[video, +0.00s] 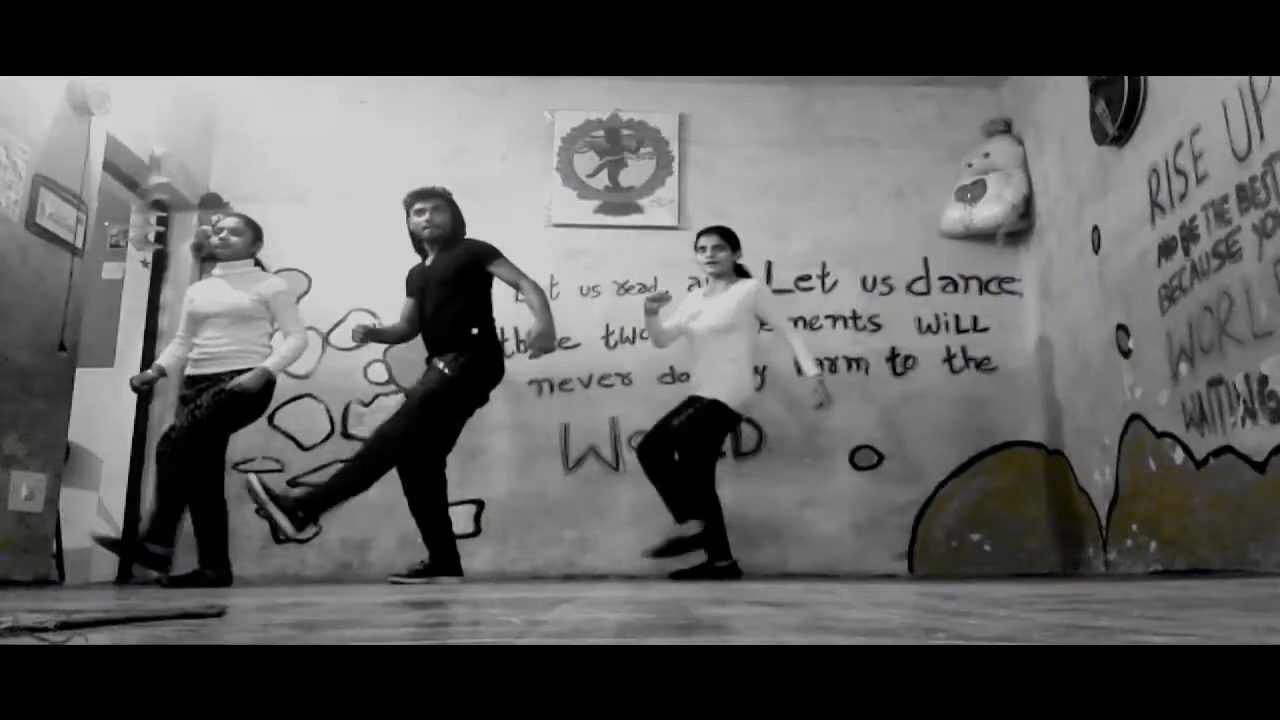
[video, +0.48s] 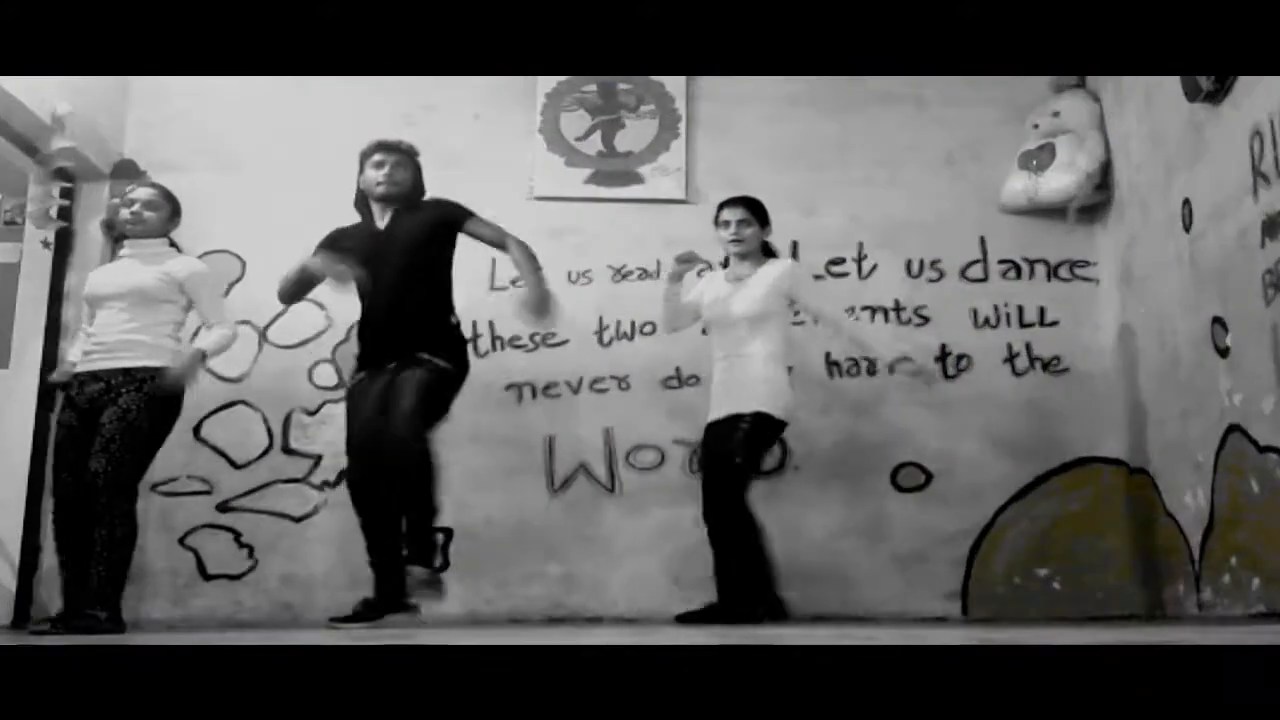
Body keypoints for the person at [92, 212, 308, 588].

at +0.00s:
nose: (221, 236)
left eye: (233, 232)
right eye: (217, 232)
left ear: (254, 246)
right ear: (210, 243)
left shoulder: (269, 284)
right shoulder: (198, 290)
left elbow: (295, 336)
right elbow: (183, 342)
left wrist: (264, 371)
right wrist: (155, 371)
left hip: (245, 384)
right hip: (198, 386)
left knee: (175, 445)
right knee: (205, 479)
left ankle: (157, 547)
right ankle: (215, 569)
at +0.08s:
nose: (223, 238)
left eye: (234, 234)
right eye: (219, 232)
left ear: (254, 246)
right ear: (211, 240)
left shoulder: (269, 285)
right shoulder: (197, 291)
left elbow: (294, 335)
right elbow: (183, 341)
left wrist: (266, 370)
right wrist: (155, 369)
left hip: (239, 382)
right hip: (192, 383)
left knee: (195, 453)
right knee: (191, 468)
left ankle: (199, 563)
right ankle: (203, 565)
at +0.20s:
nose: (222, 235)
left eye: (234, 231)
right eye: (218, 230)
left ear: (254, 245)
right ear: (210, 239)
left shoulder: (266, 282)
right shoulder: (197, 289)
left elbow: (288, 332)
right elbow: (182, 341)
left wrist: (277, 371)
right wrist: (149, 370)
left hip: (233, 380)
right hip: (184, 381)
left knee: (203, 463)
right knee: (185, 471)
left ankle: (205, 564)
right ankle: (203, 562)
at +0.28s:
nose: (138, 210)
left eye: (153, 206)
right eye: (134, 204)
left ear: (176, 222)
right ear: (126, 215)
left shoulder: (188, 266)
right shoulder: (106, 274)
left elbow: (228, 318)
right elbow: (86, 336)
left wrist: (204, 374)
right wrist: (45, 372)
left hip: (148, 384)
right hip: (89, 385)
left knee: (108, 483)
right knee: (88, 493)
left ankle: (110, 606)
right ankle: (120, 605)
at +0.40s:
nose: (138, 209)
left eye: (152, 205)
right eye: (132, 203)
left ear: (174, 222)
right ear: (122, 216)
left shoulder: (185, 265)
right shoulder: (104, 271)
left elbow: (233, 318)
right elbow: (83, 326)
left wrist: (200, 365)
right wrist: (62, 356)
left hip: (145, 382)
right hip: (87, 383)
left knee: (111, 484)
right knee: (73, 490)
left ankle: (105, 610)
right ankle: (92, 605)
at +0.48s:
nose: (135, 210)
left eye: (149, 206)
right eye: (128, 204)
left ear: (170, 222)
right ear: (117, 215)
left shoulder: (184, 267)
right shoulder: (101, 271)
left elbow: (224, 328)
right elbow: (84, 332)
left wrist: (192, 356)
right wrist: (68, 368)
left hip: (146, 384)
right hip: (88, 386)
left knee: (109, 485)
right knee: (70, 491)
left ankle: (104, 611)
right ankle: (76, 608)